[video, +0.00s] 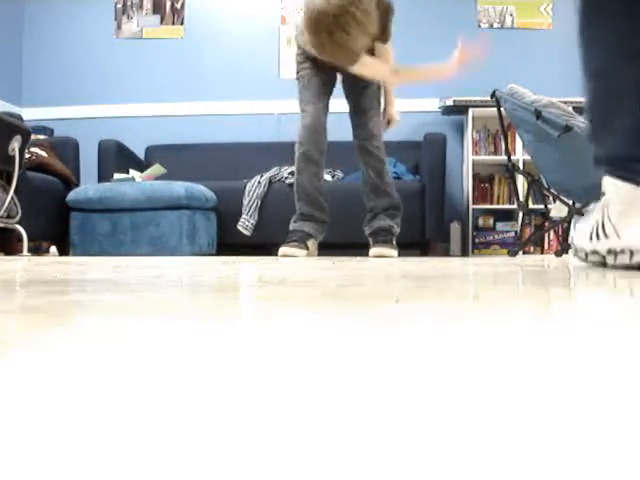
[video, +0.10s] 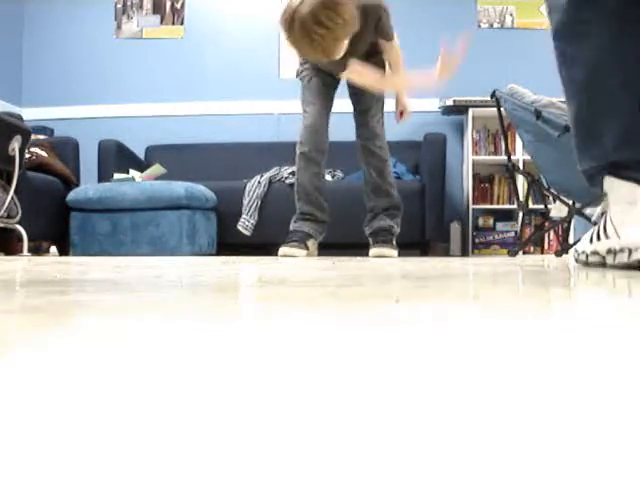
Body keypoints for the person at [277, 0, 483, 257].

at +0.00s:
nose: (344, 49)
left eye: (348, 46)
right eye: (333, 47)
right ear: (323, 42)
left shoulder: (381, 9)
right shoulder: (318, 37)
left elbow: (384, 51)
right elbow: (386, 74)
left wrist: (389, 103)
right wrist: (446, 70)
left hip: (362, 53)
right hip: (316, 51)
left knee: (370, 138)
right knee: (310, 131)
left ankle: (382, 233)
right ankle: (305, 232)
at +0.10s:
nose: (332, 55)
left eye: (334, 49)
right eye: (324, 54)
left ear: (345, 29)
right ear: (303, 46)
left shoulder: (372, 10)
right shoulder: (303, 39)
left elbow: (390, 47)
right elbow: (358, 73)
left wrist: (401, 94)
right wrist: (433, 77)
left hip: (369, 56)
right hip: (320, 62)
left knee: (372, 138)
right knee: (311, 134)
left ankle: (383, 232)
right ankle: (305, 230)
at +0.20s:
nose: (308, 73)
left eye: (313, 67)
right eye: (303, 70)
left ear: (328, 44)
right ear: (289, 49)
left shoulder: (361, 21)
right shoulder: (293, 40)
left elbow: (398, 41)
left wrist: (408, 88)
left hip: (367, 56)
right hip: (319, 67)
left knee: (374, 136)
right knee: (312, 141)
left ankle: (382, 231)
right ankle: (305, 230)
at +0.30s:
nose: (296, 75)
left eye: (302, 69)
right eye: (289, 71)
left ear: (321, 47)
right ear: (278, 53)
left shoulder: (364, 30)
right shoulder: (276, 51)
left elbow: (400, 23)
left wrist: (414, 54)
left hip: (373, 52)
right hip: (324, 61)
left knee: (377, 137)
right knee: (315, 138)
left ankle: (383, 231)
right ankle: (303, 231)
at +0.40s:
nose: (297, 59)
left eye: (299, 51)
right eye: (289, 58)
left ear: (316, 26)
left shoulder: (355, 19)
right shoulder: (287, 26)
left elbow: (399, 15)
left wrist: (416, 38)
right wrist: (302, 59)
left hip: (374, 51)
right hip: (327, 59)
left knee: (378, 140)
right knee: (316, 141)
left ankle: (383, 232)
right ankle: (303, 232)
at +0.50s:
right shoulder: (292, 5)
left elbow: (397, 5)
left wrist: (424, 36)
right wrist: (292, 48)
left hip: (370, 42)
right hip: (323, 42)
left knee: (376, 141)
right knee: (315, 142)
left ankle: (383, 234)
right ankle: (303, 233)